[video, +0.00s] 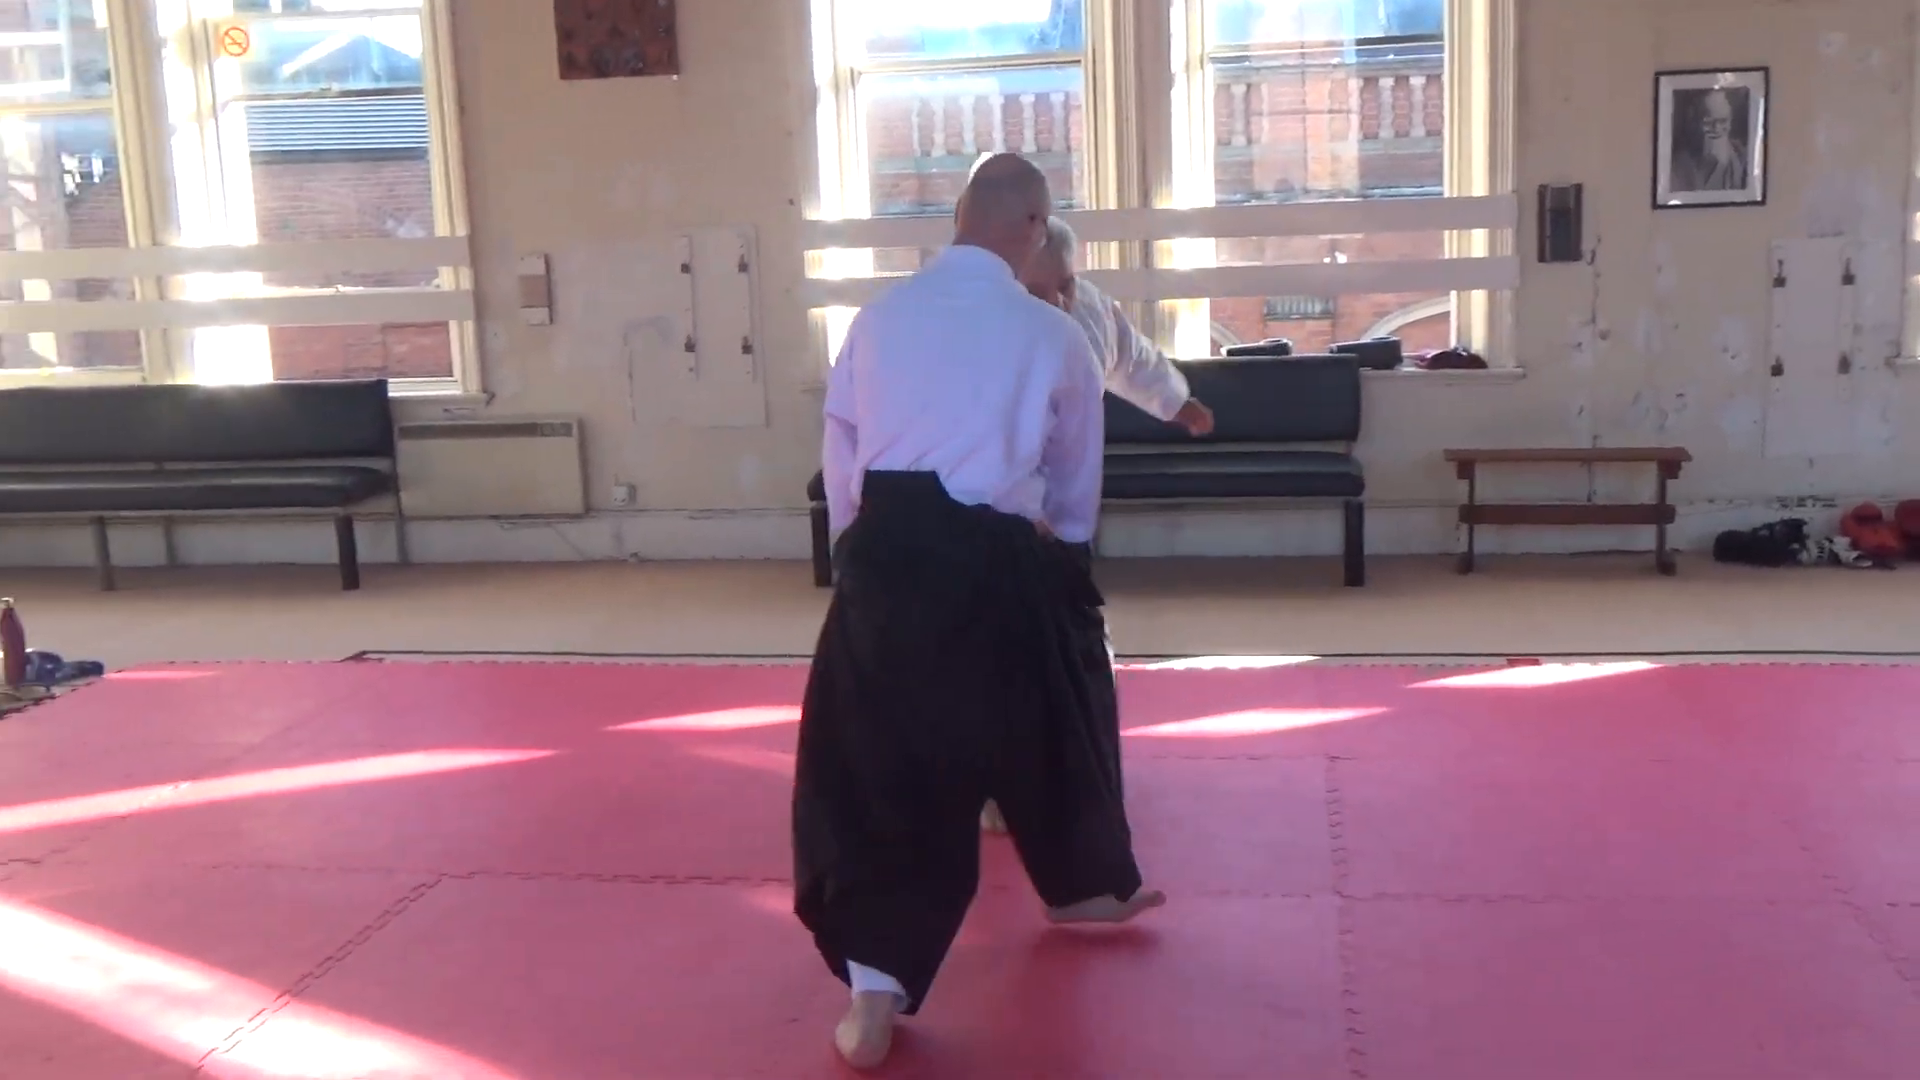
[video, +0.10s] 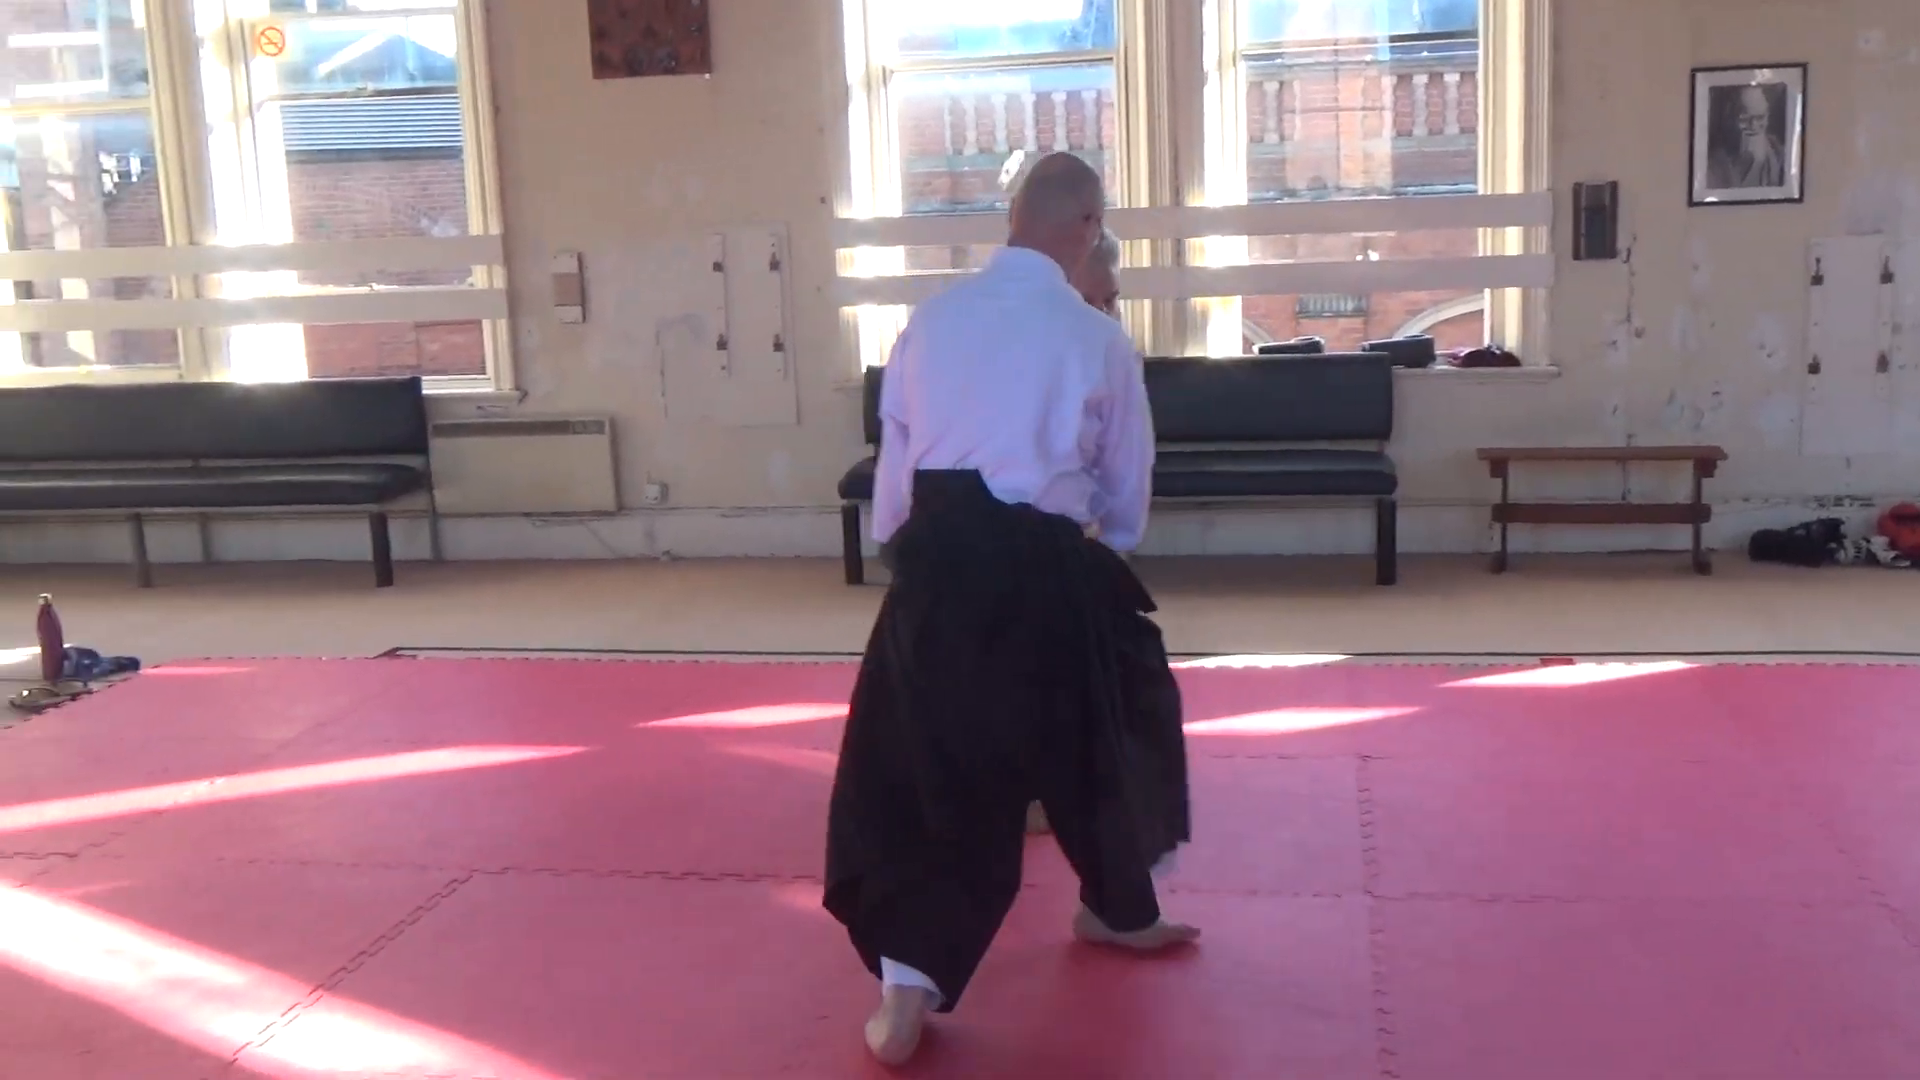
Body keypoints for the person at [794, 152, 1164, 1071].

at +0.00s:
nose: (1049, 247)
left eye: (1051, 230)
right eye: (1048, 230)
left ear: (955, 220)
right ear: (1029, 227)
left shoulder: (878, 317)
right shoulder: (1056, 337)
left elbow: (841, 457)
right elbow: (1075, 488)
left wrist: (856, 555)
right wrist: (1058, 579)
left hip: (885, 562)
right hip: (1001, 567)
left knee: (889, 771)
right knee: (1047, 707)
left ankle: (875, 979)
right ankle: (1081, 881)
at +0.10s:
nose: (1101, 241)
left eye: (1100, 227)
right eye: (1101, 227)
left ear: (1009, 223)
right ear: (1081, 230)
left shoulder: (929, 320)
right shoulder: (1098, 336)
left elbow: (895, 480)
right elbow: (1126, 491)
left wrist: (904, 554)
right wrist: (1090, 568)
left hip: (941, 568)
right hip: (1049, 571)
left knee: (939, 769)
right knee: (1091, 722)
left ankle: (909, 968)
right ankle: (1117, 904)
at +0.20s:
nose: (1152, 251)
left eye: (1152, 235)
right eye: (1155, 235)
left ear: (1070, 224)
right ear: (1144, 232)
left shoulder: (989, 325)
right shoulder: (1150, 335)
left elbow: (957, 471)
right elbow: (1195, 479)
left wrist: (949, 559)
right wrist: (1191, 545)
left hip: (987, 550)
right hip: (1096, 558)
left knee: (986, 758)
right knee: (1162, 712)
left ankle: (939, 952)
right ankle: (1134, 904)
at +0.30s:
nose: (1204, 242)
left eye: (1198, 228)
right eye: (1208, 230)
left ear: (1121, 219)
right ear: (1198, 233)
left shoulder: (1043, 313)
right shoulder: (1200, 328)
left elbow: (996, 434)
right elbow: (1256, 460)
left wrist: (1012, 527)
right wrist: (1260, 529)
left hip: (1036, 538)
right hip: (1146, 545)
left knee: (1054, 734)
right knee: (1186, 722)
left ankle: (983, 901)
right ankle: (1150, 904)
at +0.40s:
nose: (1244, 239)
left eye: (1243, 227)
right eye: (1244, 227)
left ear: (1159, 212)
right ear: (1234, 227)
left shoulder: (1087, 305)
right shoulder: (1234, 314)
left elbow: (1054, 425)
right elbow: (1298, 418)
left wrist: (1064, 504)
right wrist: (1310, 504)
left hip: (1075, 526)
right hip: (1177, 534)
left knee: (1087, 706)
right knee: (1204, 711)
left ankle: (1048, 877)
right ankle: (1162, 901)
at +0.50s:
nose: (1258, 237)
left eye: (1259, 225)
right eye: (1261, 226)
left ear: (1178, 212)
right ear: (1253, 227)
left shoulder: (1108, 312)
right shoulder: (1259, 312)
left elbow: (1096, 429)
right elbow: (1340, 427)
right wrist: (1348, 478)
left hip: (1098, 521)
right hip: (1199, 532)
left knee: (1127, 687)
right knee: (1245, 703)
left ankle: (1120, 853)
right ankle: (1179, 897)